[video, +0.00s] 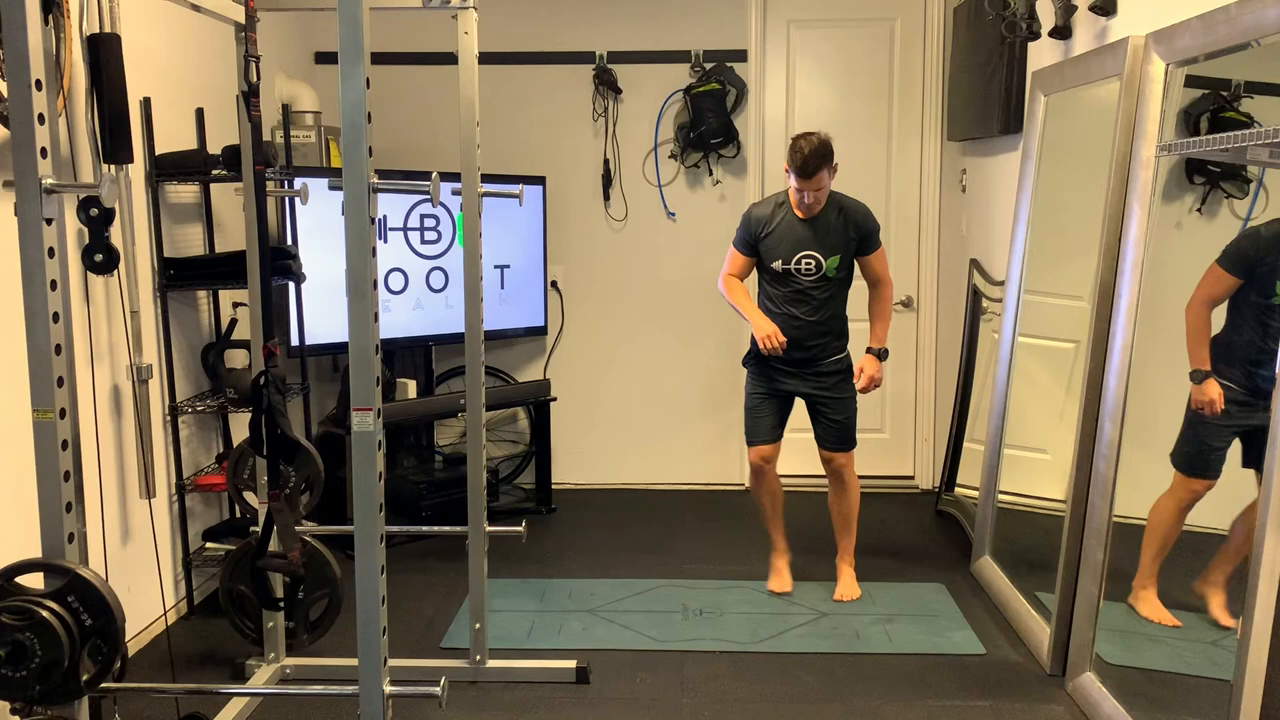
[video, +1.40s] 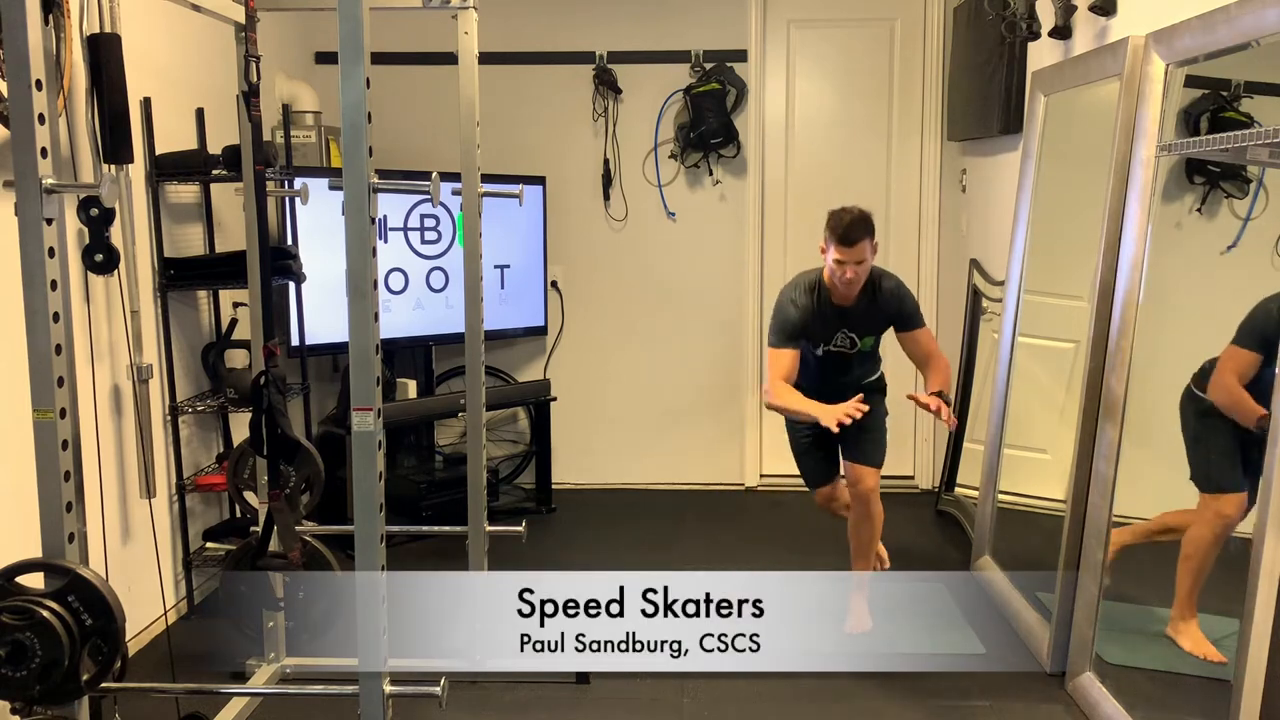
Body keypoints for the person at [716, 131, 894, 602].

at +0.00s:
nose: (808, 198)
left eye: (817, 190)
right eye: (800, 189)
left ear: (833, 177)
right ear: (787, 175)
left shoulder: (855, 220)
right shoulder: (761, 218)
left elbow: (880, 284)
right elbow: (729, 279)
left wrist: (876, 350)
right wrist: (757, 319)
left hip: (830, 363)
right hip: (770, 363)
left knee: (839, 464)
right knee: (760, 459)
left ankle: (846, 565)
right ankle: (779, 553)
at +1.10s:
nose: (841, 220)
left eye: (851, 209)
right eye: (833, 209)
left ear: (864, 204)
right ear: (816, 202)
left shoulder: (883, 256)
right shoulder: (787, 255)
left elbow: (919, 326)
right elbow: (750, 332)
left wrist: (916, 398)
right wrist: (787, 383)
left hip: (857, 376)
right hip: (796, 376)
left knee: (863, 481)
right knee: (782, 475)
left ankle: (861, 594)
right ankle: (786, 544)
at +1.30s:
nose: (851, 255)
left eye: (861, 244)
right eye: (842, 243)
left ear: (875, 235)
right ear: (825, 233)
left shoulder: (891, 280)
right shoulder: (797, 284)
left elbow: (932, 348)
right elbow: (765, 370)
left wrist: (938, 397)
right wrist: (808, 407)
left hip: (861, 389)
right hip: (803, 394)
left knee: (861, 486)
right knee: (816, 489)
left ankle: (859, 595)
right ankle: (852, 518)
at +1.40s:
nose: (848, 274)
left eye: (858, 263)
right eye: (839, 262)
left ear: (873, 253)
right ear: (823, 251)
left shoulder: (890, 293)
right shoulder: (796, 299)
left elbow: (933, 359)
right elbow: (775, 390)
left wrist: (936, 393)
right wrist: (822, 411)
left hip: (862, 395)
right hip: (805, 402)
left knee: (863, 488)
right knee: (827, 495)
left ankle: (859, 594)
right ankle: (867, 524)